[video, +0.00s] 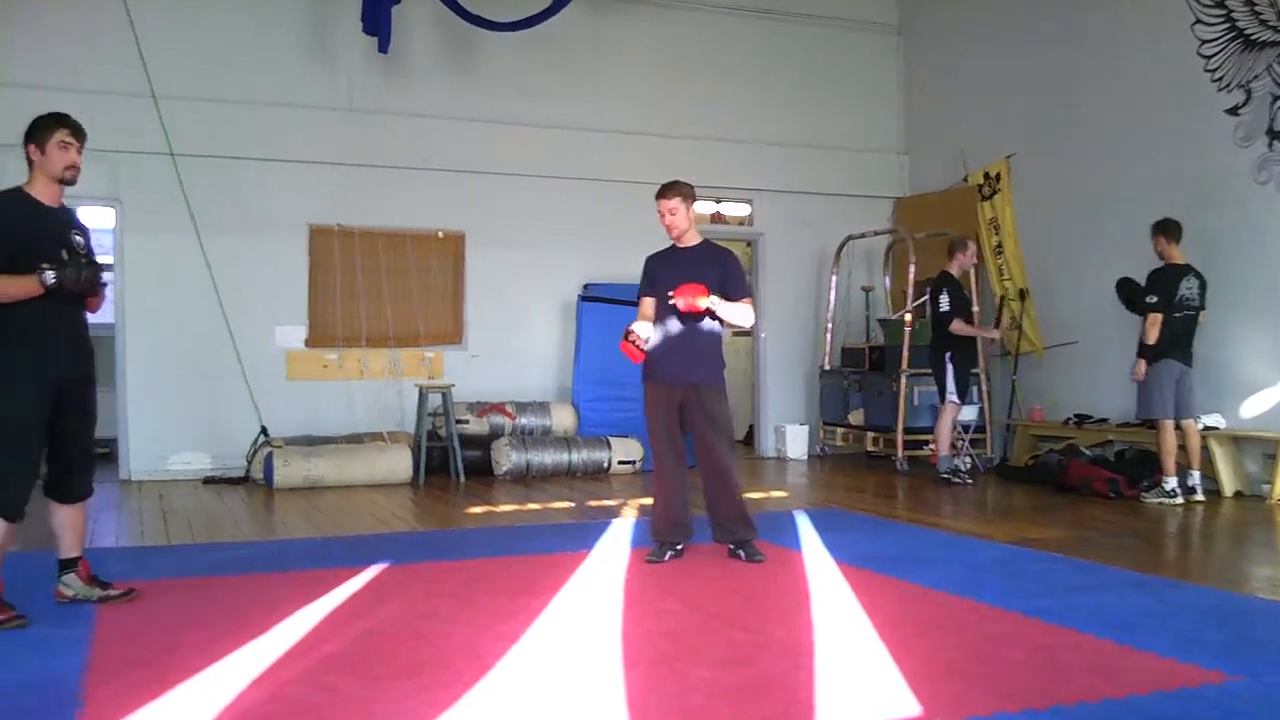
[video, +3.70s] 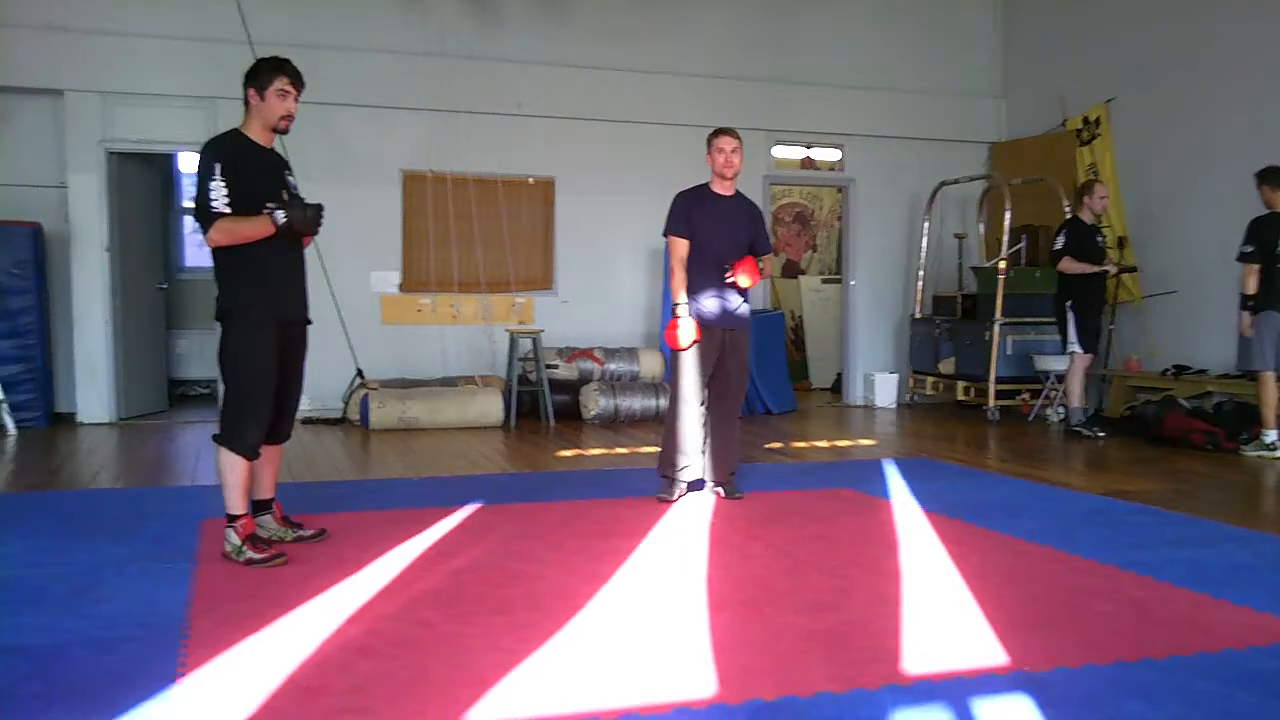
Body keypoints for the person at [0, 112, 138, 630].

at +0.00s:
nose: (75, 156)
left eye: (79, 149)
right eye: (65, 147)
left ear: (77, 158)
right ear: (34, 152)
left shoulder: (74, 226)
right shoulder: (6, 209)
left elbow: (93, 302)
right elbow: (0, 288)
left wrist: (89, 280)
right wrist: (48, 278)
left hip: (72, 366)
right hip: (16, 367)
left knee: (72, 469)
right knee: (11, 477)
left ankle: (73, 575)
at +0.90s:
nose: (123, 156)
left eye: (125, 148)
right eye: (116, 146)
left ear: (99, 150)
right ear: (83, 144)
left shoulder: (96, 215)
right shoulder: (43, 202)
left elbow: (88, 278)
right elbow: (36, 287)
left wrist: (117, 274)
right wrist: (104, 278)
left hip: (101, 364)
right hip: (53, 367)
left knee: (124, 466)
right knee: (45, 472)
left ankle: (147, 573)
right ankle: (31, 588)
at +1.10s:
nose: (177, 159)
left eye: (181, 151)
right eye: (168, 148)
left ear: (175, 158)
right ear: (138, 149)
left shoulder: (155, 219)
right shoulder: (103, 205)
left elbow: (150, 292)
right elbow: (94, 287)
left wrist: (178, 285)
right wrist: (160, 278)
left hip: (162, 365)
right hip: (115, 367)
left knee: (170, 465)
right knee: (95, 471)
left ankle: (177, 573)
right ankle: (63, 583)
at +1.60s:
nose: (228, 161)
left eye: (233, 154)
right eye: (220, 150)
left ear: (233, 163)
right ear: (193, 151)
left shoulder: (218, 224)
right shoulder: (147, 198)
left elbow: (229, 303)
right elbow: (120, 268)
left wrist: (224, 279)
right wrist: (188, 268)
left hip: (201, 357)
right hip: (153, 354)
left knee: (190, 464)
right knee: (159, 460)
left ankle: (171, 567)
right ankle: (118, 568)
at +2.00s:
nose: (226, 108)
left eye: (231, 100)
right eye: (218, 97)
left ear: (229, 104)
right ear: (188, 95)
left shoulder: (215, 166)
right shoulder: (146, 147)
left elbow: (229, 247)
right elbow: (126, 224)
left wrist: (231, 226)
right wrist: (196, 218)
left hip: (209, 306)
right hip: (164, 305)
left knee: (195, 409)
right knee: (179, 410)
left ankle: (161, 511)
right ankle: (187, 530)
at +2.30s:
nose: (256, 113)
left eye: (260, 104)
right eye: (249, 100)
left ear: (245, 105)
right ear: (216, 97)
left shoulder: (226, 164)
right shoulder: (182, 153)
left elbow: (216, 230)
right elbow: (178, 237)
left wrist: (246, 227)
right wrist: (242, 226)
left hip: (237, 311)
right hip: (199, 313)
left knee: (255, 417)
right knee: (207, 421)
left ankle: (200, 498)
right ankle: (210, 540)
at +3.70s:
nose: (291, 106)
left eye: (295, 98)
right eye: (282, 95)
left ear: (293, 104)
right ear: (253, 96)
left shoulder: (278, 162)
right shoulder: (221, 151)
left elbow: (284, 236)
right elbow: (216, 232)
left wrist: (305, 225)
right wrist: (280, 220)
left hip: (288, 309)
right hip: (247, 310)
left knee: (277, 414)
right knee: (243, 416)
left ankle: (265, 516)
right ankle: (238, 534)